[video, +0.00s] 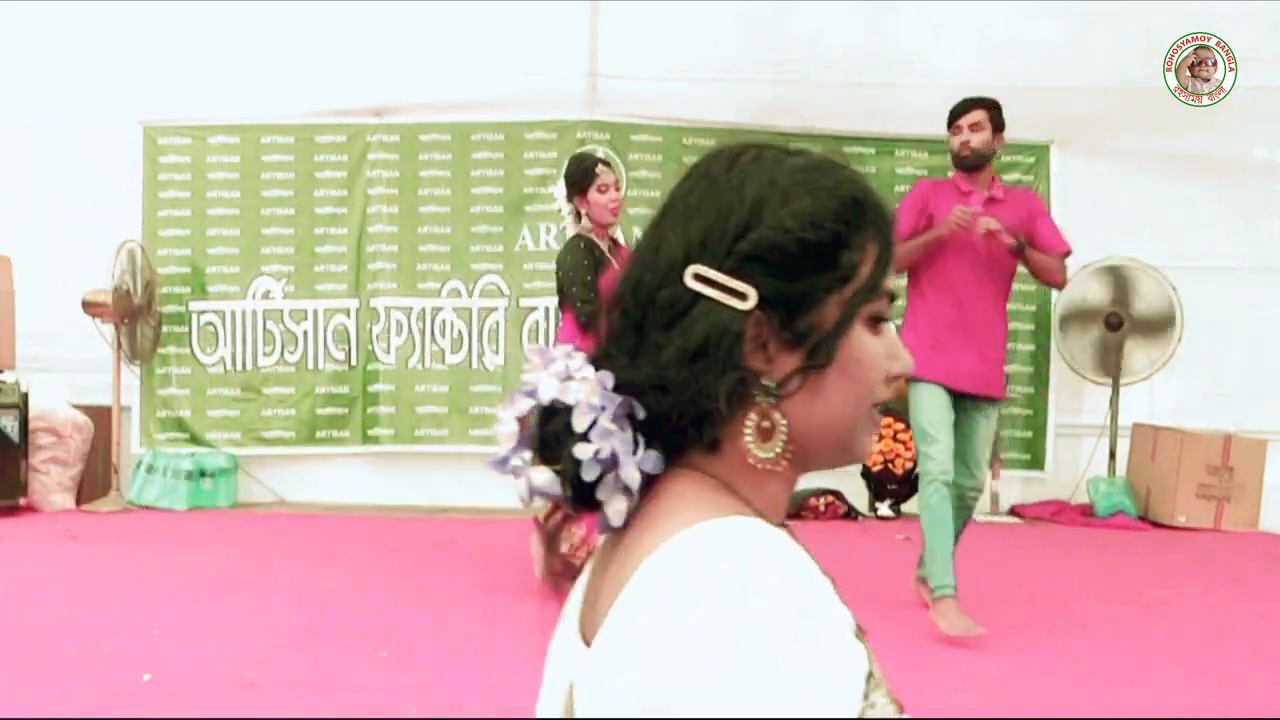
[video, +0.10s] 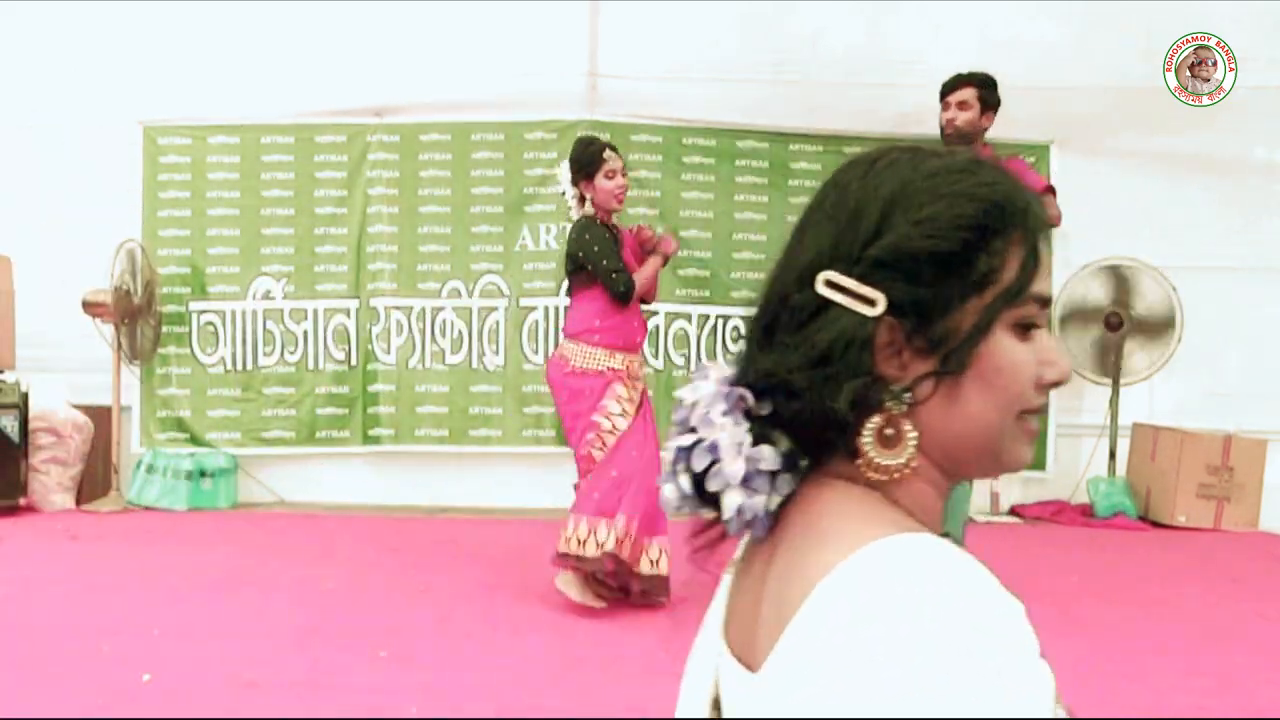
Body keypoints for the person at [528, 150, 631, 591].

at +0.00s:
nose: (614, 198)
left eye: (617, 188)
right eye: (603, 190)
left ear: (622, 191)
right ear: (580, 200)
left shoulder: (622, 249)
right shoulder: (576, 253)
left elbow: (632, 303)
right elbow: (586, 316)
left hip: (615, 364)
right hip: (581, 366)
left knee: (611, 463)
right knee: (581, 463)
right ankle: (567, 549)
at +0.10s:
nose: (621, 183)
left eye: (623, 174)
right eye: (610, 176)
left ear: (626, 179)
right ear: (585, 186)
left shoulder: (623, 234)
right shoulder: (588, 233)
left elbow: (647, 294)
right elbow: (626, 289)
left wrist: (650, 258)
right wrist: (657, 258)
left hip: (623, 367)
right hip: (585, 368)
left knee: (642, 464)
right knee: (610, 465)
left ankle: (614, 565)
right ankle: (573, 564)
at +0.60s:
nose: (640, 171)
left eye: (639, 161)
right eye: (628, 164)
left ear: (626, 169)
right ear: (602, 176)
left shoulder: (592, 225)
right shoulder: (618, 217)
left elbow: (578, 278)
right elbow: (607, 268)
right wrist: (653, 251)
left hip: (597, 356)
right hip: (618, 361)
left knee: (617, 463)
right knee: (635, 467)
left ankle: (599, 563)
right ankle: (605, 589)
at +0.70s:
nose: (635, 185)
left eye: (636, 176)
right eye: (623, 178)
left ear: (632, 182)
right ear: (597, 190)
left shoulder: (612, 236)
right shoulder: (608, 235)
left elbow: (599, 296)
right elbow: (592, 297)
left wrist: (647, 286)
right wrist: (648, 291)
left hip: (610, 371)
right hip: (607, 374)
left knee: (621, 472)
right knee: (636, 476)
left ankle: (590, 567)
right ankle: (602, 594)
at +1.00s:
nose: (613, 185)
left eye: (617, 176)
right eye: (602, 177)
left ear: (623, 182)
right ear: (578, 185)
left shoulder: (628, 232)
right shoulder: (564, 236)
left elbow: (658, 288)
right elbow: (573, 300)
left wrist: (626, 259)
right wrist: (620, 267)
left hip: (617, 356)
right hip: (573, 356)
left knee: (619, 452)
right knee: (573, 453)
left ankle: (610, 559)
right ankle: (543, 542)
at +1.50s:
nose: (590, 185)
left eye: (597, 177)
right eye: (580, 177)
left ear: (606, 185)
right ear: (561, 187)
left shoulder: (624, 239)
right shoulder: (544, 240)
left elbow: (656, 291)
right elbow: (509, 294)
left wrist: (688, 266)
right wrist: (471, 279)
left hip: (613, 362)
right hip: (559, 363)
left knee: (609, 456)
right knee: (560, 454)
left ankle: (604, 560)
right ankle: (558, 555)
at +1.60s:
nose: (595, 195)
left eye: (602, 186)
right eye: (584, 186)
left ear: (611, 193)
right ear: (566, 196)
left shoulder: (628, 247)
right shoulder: (550, 250)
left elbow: (651, 306)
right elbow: (519, 311)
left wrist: (683, 285)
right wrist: (498, 298)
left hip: (617, 376)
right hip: (565, 376)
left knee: (614, 466)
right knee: (566, 464)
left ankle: (608, 564)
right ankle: (560, 560)